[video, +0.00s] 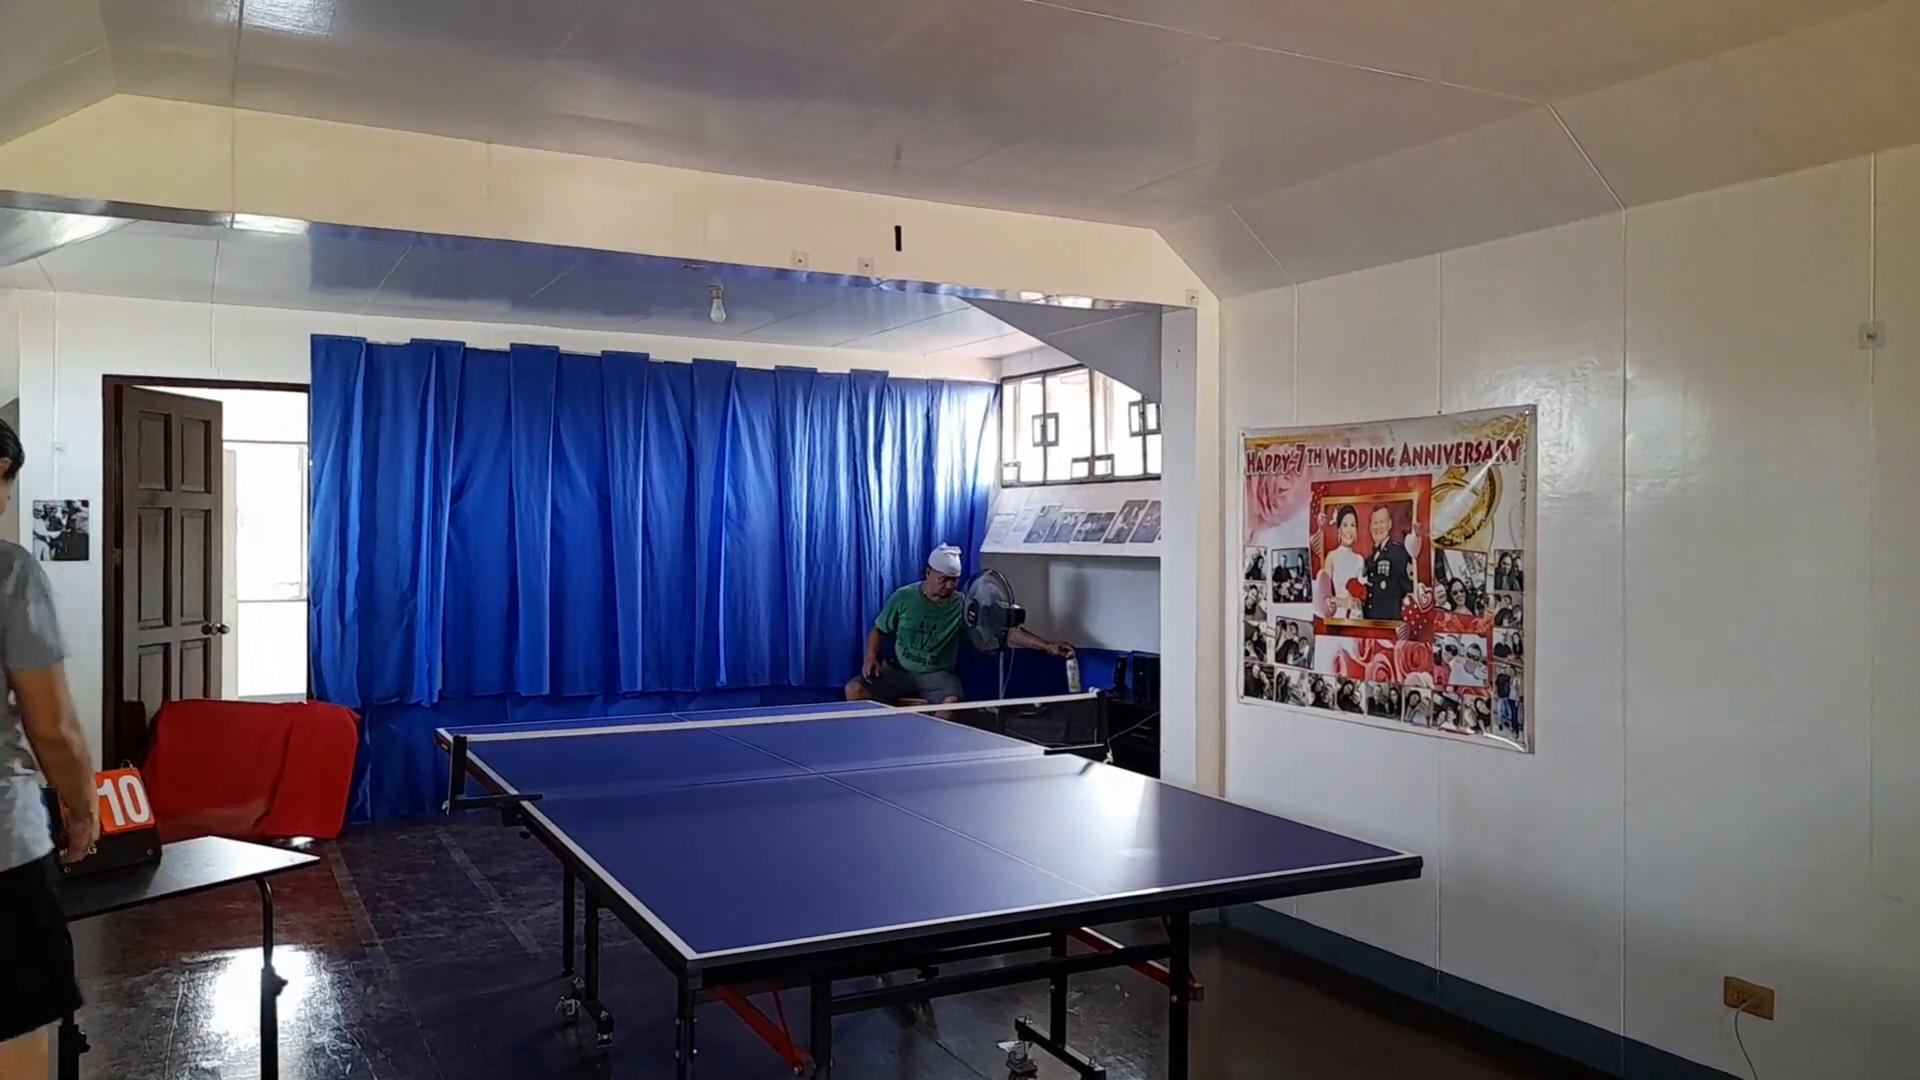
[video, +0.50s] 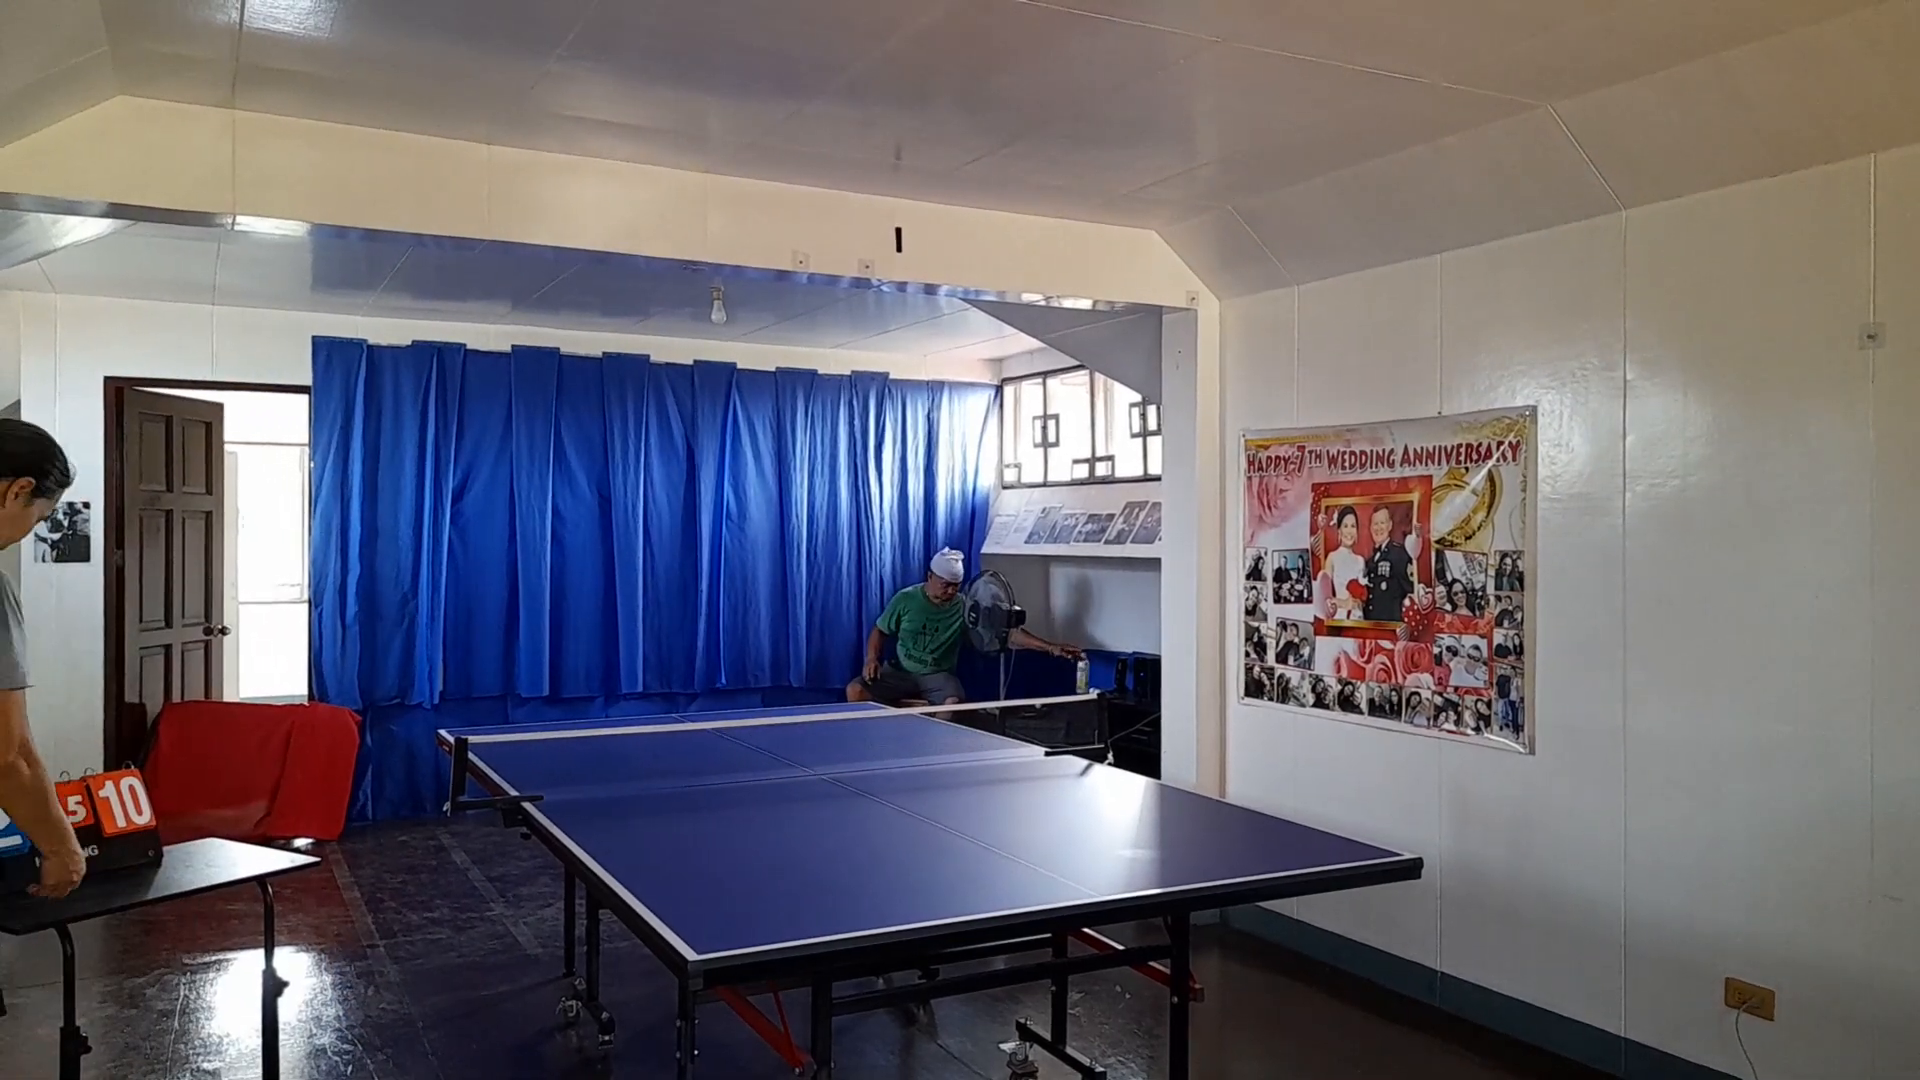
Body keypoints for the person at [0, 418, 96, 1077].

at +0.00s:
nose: (12, 485)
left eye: (8, 475)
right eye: (13, 474)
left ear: (4, 473)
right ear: (6, 473)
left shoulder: (19, 571)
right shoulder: (14, 570)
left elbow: (49, 728)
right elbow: (50, 729)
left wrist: (77, 807)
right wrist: (81, 809)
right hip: (7, 842)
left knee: (32, 1021)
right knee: (27, 1027)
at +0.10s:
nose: (11, 492)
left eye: (10, 480)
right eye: (10, 479)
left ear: (6, 480)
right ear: (5, 480)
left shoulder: (8, 574)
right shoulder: (4, 574)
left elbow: (30, 727)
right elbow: (26, 729)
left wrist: (71, 808)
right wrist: (73, 813)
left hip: (5, 854)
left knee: (10, 1009)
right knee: (5, 1015)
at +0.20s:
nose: (7, 512)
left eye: (9, 499)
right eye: (8, 499)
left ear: (6, 490)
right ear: (2, 489)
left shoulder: (3, 580)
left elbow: (17, 722)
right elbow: (12, 730)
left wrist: (69, 809)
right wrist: (69, 816)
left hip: (1, 860)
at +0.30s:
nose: (10, 515)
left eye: (14, 504)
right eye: (14, 501)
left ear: (4, 477)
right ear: (3, 478)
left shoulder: (2, 596)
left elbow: (11, 734)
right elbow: (10, 738)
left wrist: (64, 814)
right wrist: (66, 819)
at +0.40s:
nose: (18, 526)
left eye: (27, 512)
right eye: (27, 509)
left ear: (10, 481)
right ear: (9, 482)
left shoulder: (6, 583)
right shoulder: (0, 584)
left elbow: (11, 738)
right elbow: (11, 746)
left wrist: (51, 809)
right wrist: (65, 836)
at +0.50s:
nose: (28, 534)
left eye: (40, 522)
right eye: (38, 518)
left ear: (15, 491)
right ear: (16, 492)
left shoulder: (5, 584)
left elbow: (11, 748)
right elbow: (8, 753)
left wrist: (57, 843)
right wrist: (61, 847)